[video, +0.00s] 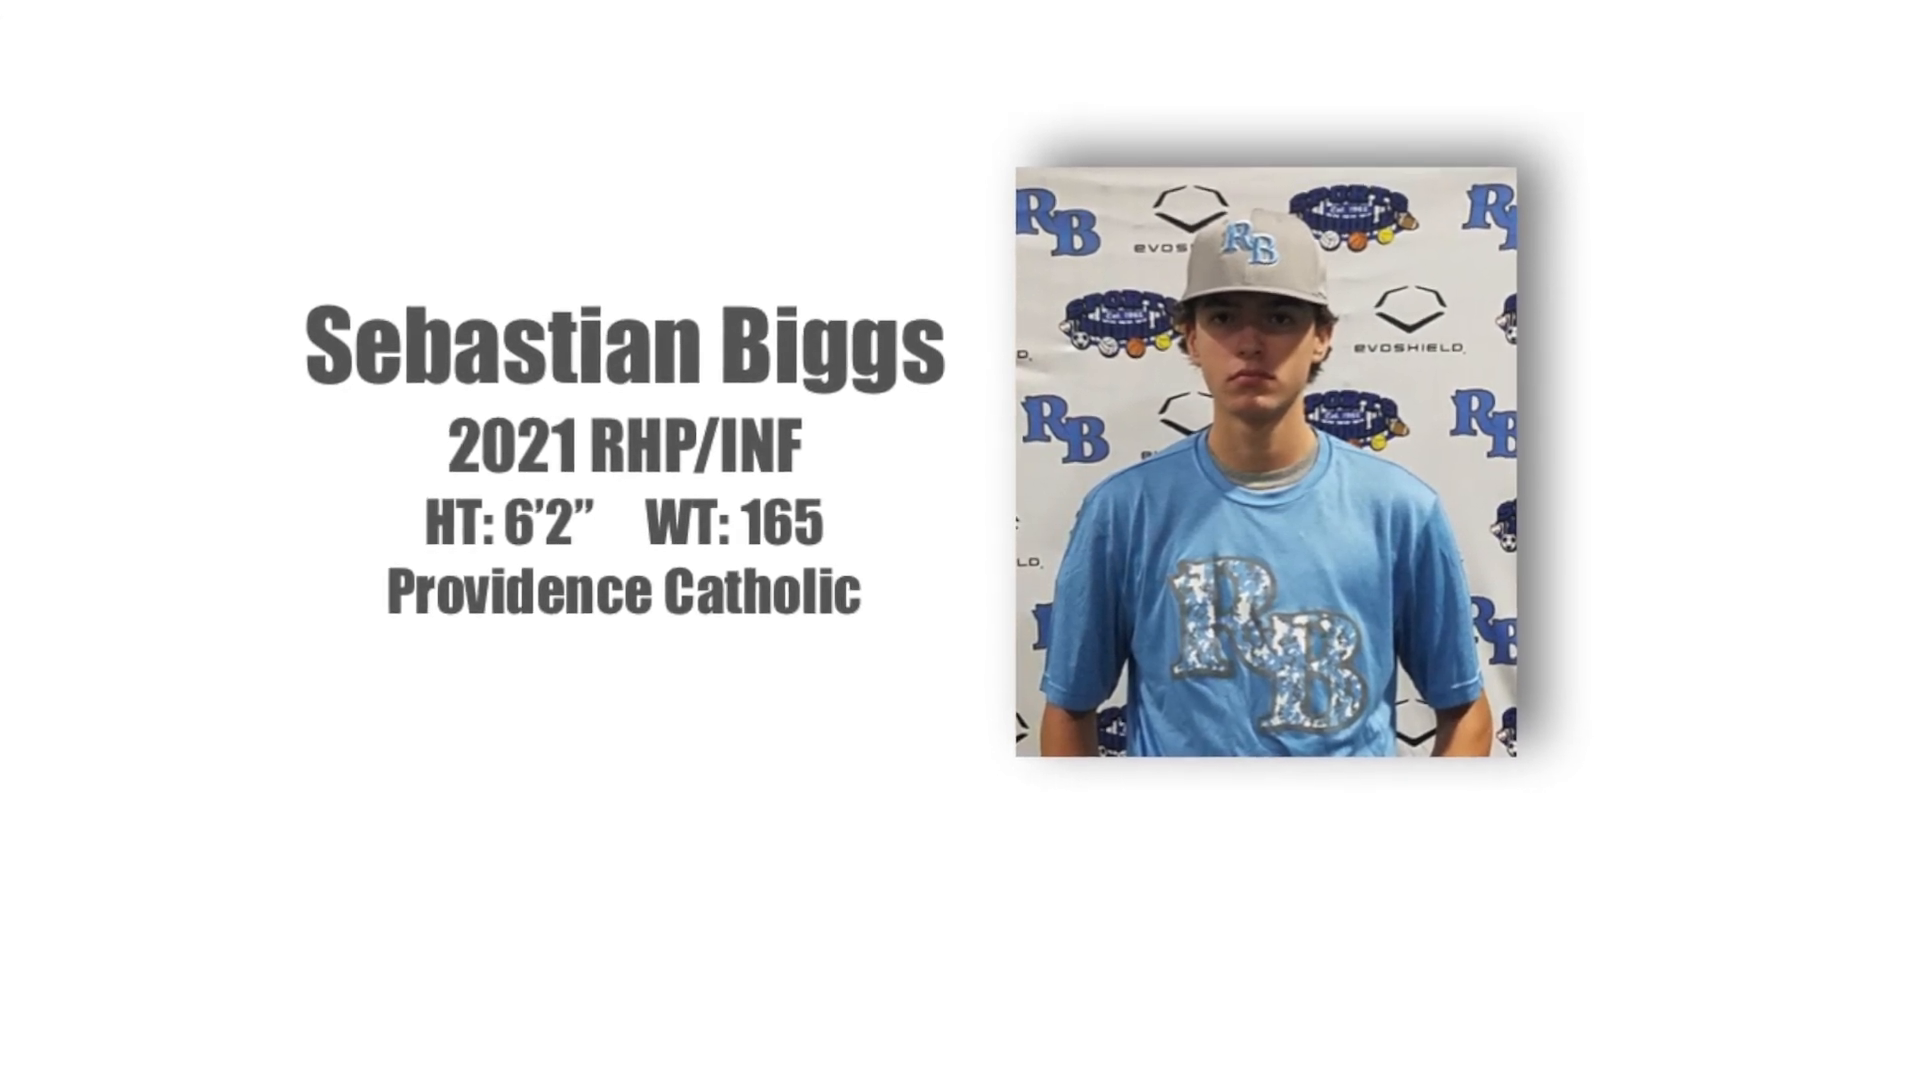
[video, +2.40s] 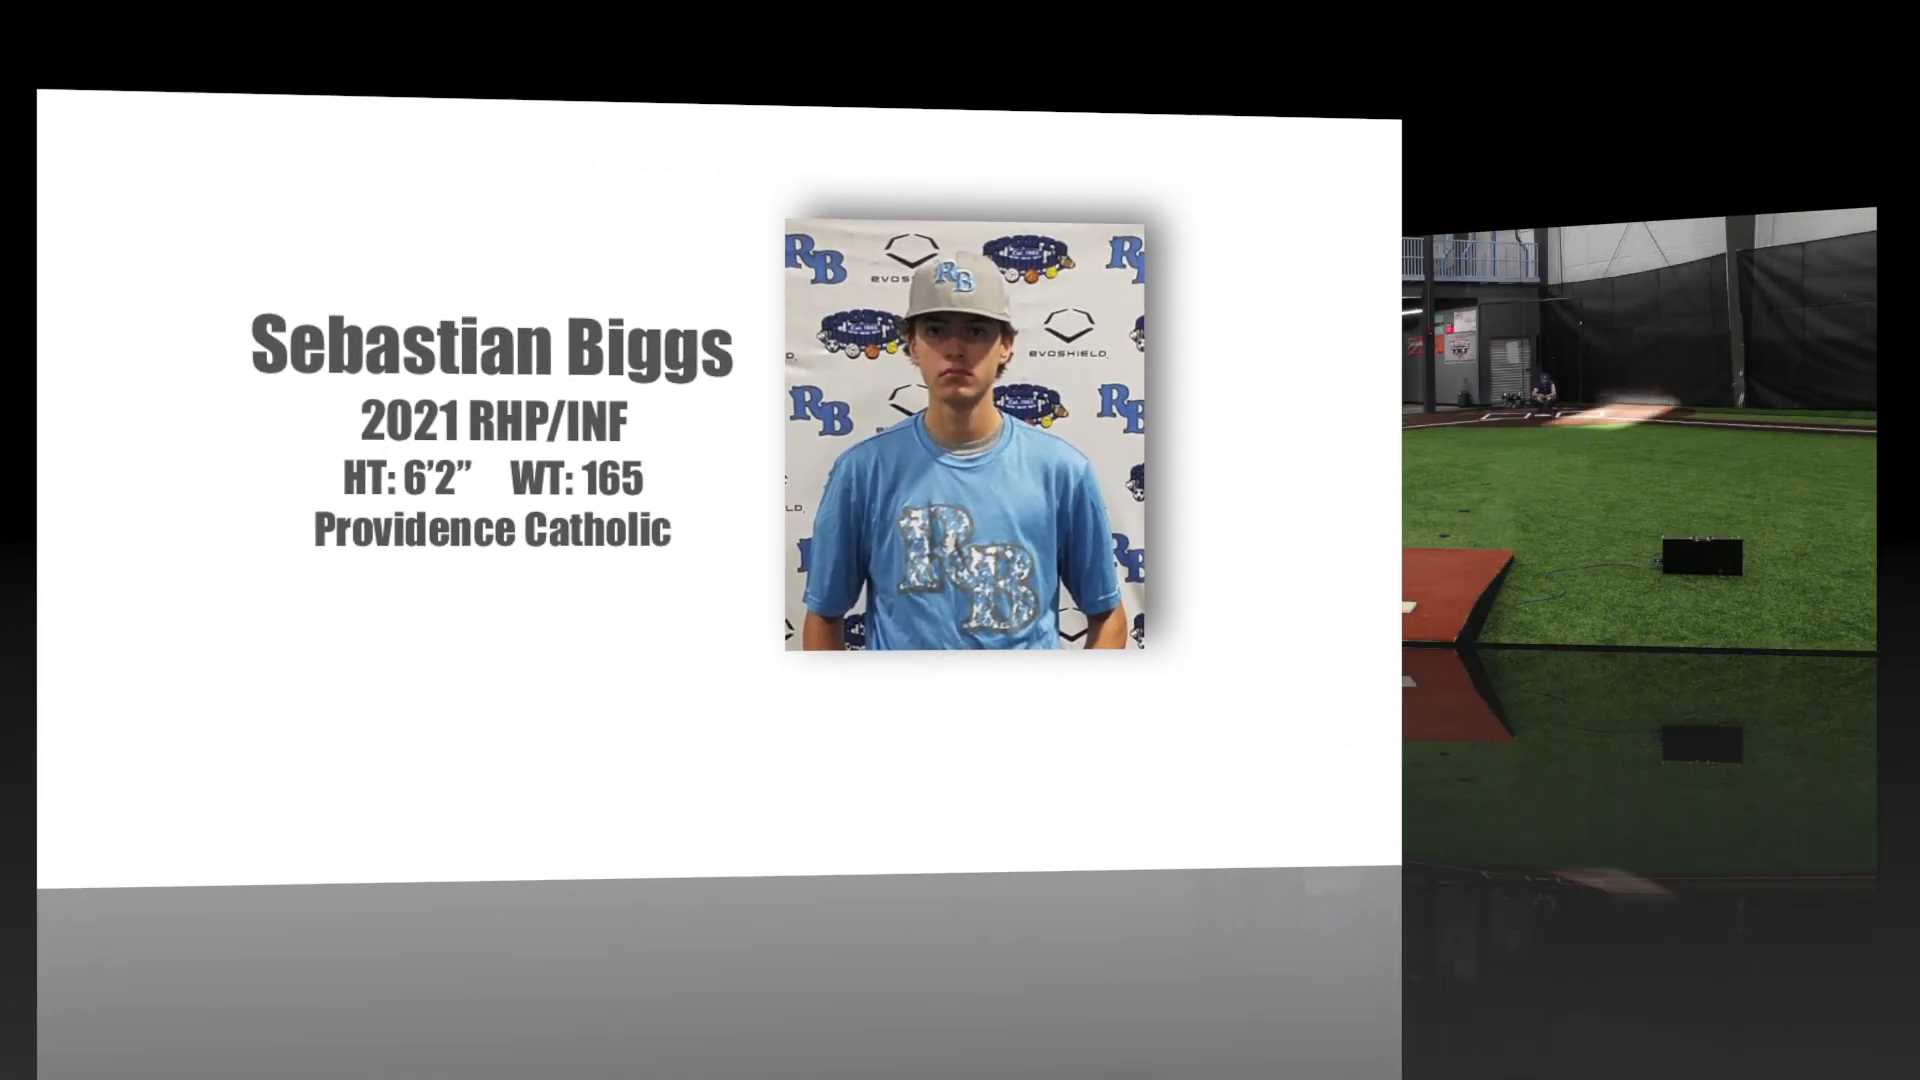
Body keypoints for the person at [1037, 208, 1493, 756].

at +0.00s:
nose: (1251, 342)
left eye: (1279, 317)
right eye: (1226, 318)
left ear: (1320, 340)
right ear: (1191, 339)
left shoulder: (1402, 511)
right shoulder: (1120, 513)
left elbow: (1466, 712)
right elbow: (1069, 714)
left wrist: (1426, 832)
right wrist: (1080, 838)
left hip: (1357, 828)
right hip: (1174, 829)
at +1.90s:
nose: (1209, 338)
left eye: (1237, 314)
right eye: (1186, 315)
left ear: (1278, 336)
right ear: (1151, 336)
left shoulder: (1357, 503)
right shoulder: (1082, 506)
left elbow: (1420, 700)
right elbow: (1032, 702)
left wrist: (1381, 819)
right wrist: (1042, 826)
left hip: (1314, 815)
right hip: (1135, 814)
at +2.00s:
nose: (1167, 340)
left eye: (1194, 317)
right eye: (1144, 317)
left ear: (1232, 337)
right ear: (1111, 337)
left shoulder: (1308, 497)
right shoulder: (1044, 501)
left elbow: (1367, 685)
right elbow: (998, 687)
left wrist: (1331, 800)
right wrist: (1007, 805)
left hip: (1266, 799)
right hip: (1096, 799)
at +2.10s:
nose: (1117, 342)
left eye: (1142, 320)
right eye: (1096, 320)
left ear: (1179, 339)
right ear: (1064, 339)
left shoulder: (1249, 491)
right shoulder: (1002, 494)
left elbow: (1306, 668)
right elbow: (958, 671)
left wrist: (1273, 776)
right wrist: (965, 782)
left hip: (1211, 775)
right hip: (1050, 776)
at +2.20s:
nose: (1064, 344)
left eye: (1087, 324)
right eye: (1044, 324)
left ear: (1121, 343)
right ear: (1014, 341)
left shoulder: (1188, 484)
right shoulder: (955, 486)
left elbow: (1240, 650)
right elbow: (914, 652)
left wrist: (1210, 753)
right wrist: (921, 757)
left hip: (1151, 752)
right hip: (1001, 752)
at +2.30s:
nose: (1009, 346)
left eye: (1031, 327)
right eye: (990, 327)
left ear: (1063, 344)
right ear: (963, 343)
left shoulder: (1125, 478)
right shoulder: (908, 479)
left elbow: (1173, 633)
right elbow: (869, 634)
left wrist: (1146, 728)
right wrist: (874, 732)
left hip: (1091, 725)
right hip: (951, 726)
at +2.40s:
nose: (956, 349)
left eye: (976, 331)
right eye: (938, 331)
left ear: (1005, 347)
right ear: (912, 345)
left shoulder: (1063, 471)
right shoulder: (861, 473)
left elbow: (1108, 616)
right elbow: (824, 618)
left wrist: (1081, 706)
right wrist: (829, 711)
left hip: (1031, 703)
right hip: (901, 704)